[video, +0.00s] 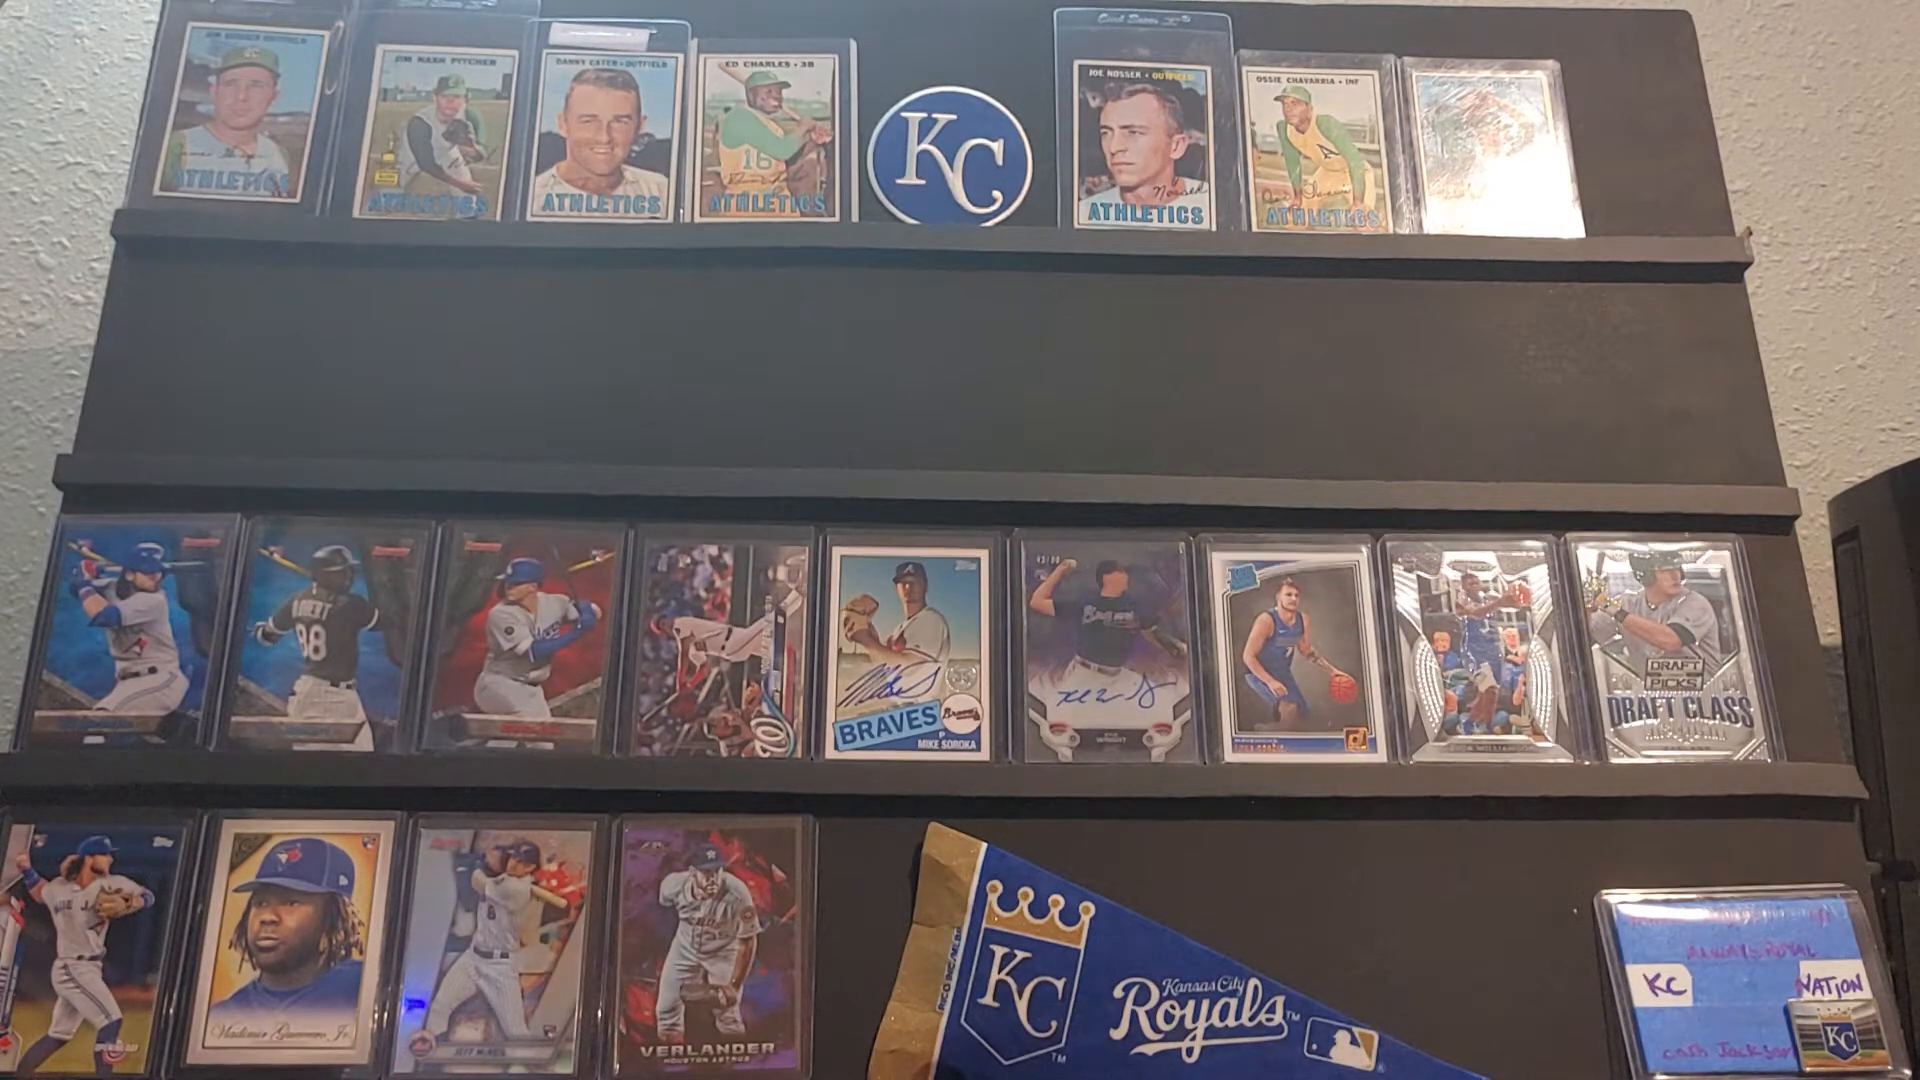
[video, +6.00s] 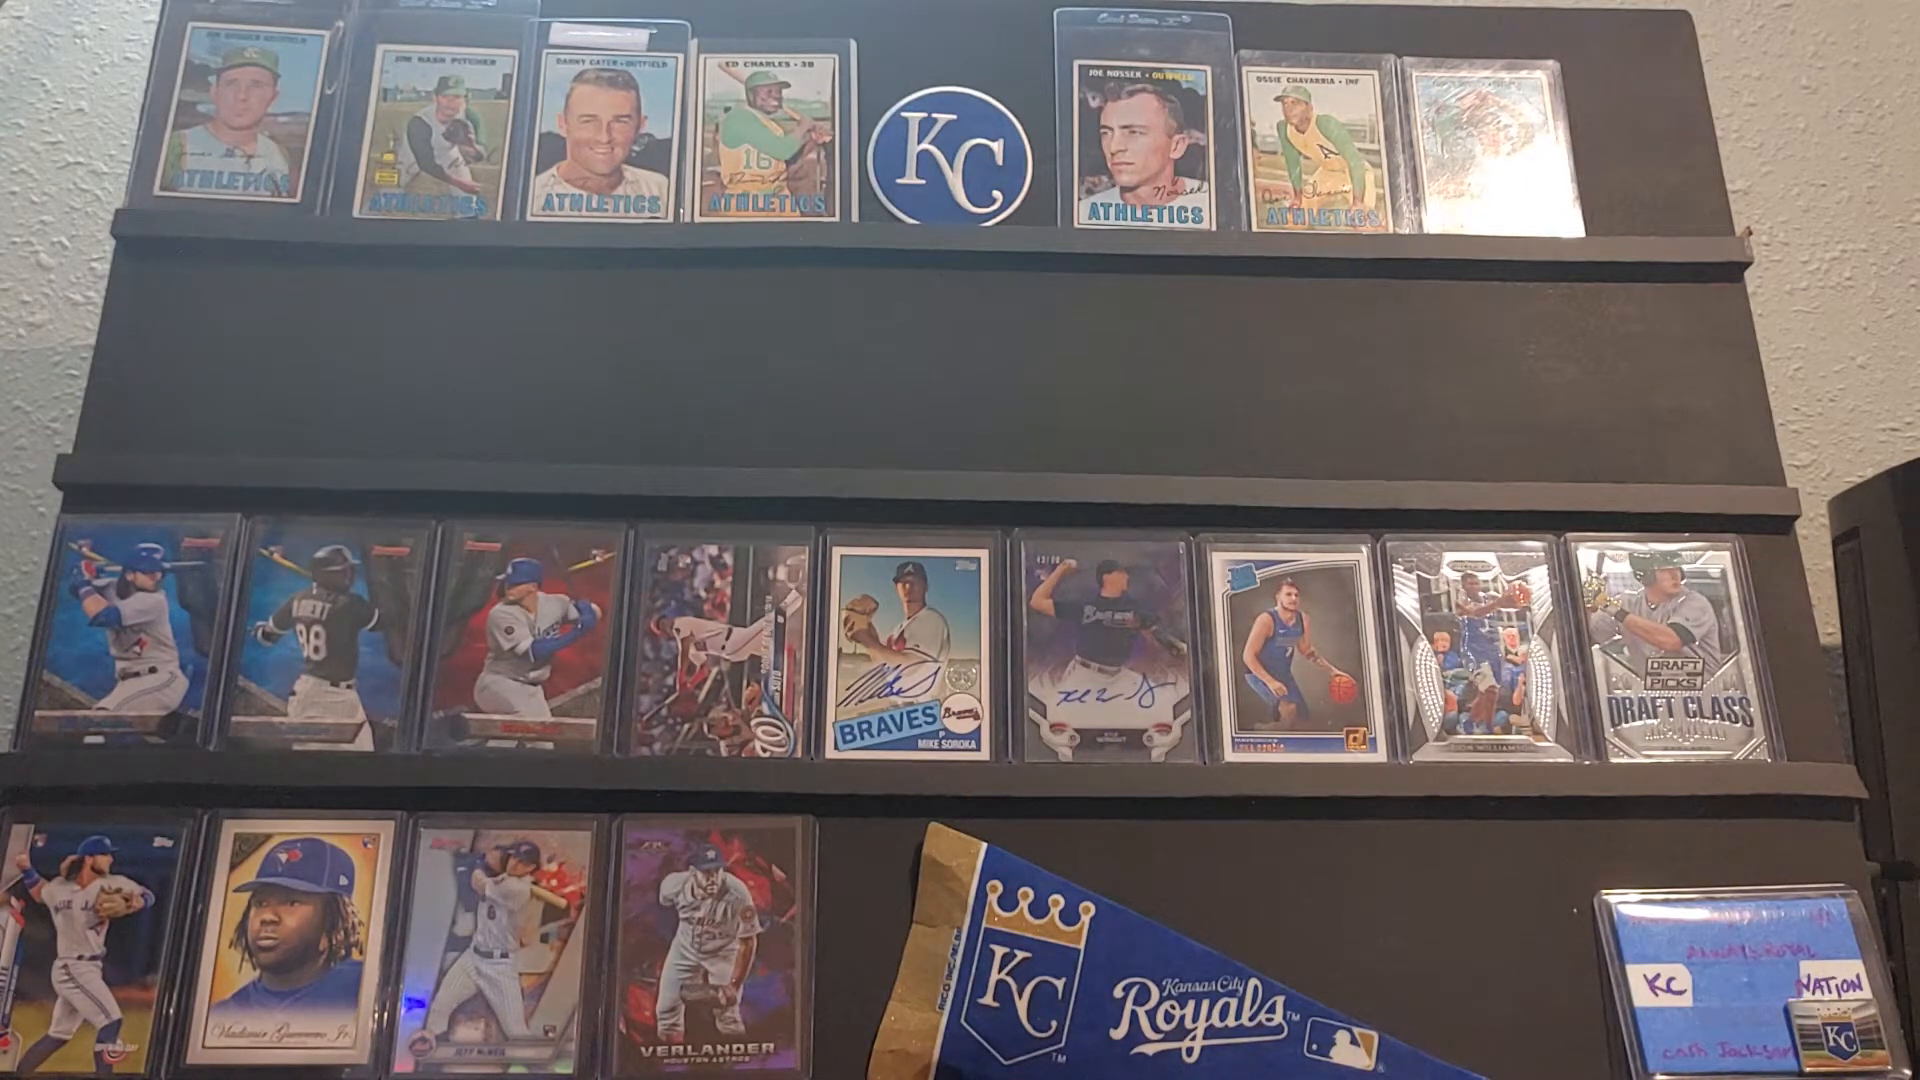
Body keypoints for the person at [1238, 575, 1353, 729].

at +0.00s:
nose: (1293, 599)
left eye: (1296, 595)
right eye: (1288, 595)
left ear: (1299, 598)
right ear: (1278, 597)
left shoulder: (1302, 619)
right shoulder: (1266, 620)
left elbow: (1306, 650)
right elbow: (1248, 656)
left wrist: (1332, 671)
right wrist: (1270, 681)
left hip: (1283, 672)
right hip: (1260, 672)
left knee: (1301, 712)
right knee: (1289, 706)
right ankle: (1284, 750)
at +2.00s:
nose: (1293, 599)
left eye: (1296, 595)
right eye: (1288, 595)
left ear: (1300, 598)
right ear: (1278, 598)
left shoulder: (1302, 619)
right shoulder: (1266, 620)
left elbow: (1307, 650)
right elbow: (1248, 656)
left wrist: (1332, 671)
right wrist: (1270, 682)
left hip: (1283, 672)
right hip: (1260, 672)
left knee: (1300, 713)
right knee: (1289, 707)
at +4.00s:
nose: (1293, 599)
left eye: (1296, 595)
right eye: (1288, 595)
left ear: (1299, 598)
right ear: (1278, 598)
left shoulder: (1302, 619)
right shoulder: (1266, 620)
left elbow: (1306, 650)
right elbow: (1248, 656)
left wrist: (1333, 671)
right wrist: (1270, 682)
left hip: (1284, 673)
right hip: (1260, 673)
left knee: (1302, 714)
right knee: (1288, 706)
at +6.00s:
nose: (1293, 599)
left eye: (1296, 595)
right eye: (1288, 595)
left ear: (1299, 598)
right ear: (1278, 597)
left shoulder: (1302, 619)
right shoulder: (1266, 620)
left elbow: (1306, 650)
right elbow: (1248, 656)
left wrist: (1333, 672)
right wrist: (1270, 682)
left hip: (1283, 673)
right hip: (1260, 673)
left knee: (1302, 715)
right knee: (1289, 707)